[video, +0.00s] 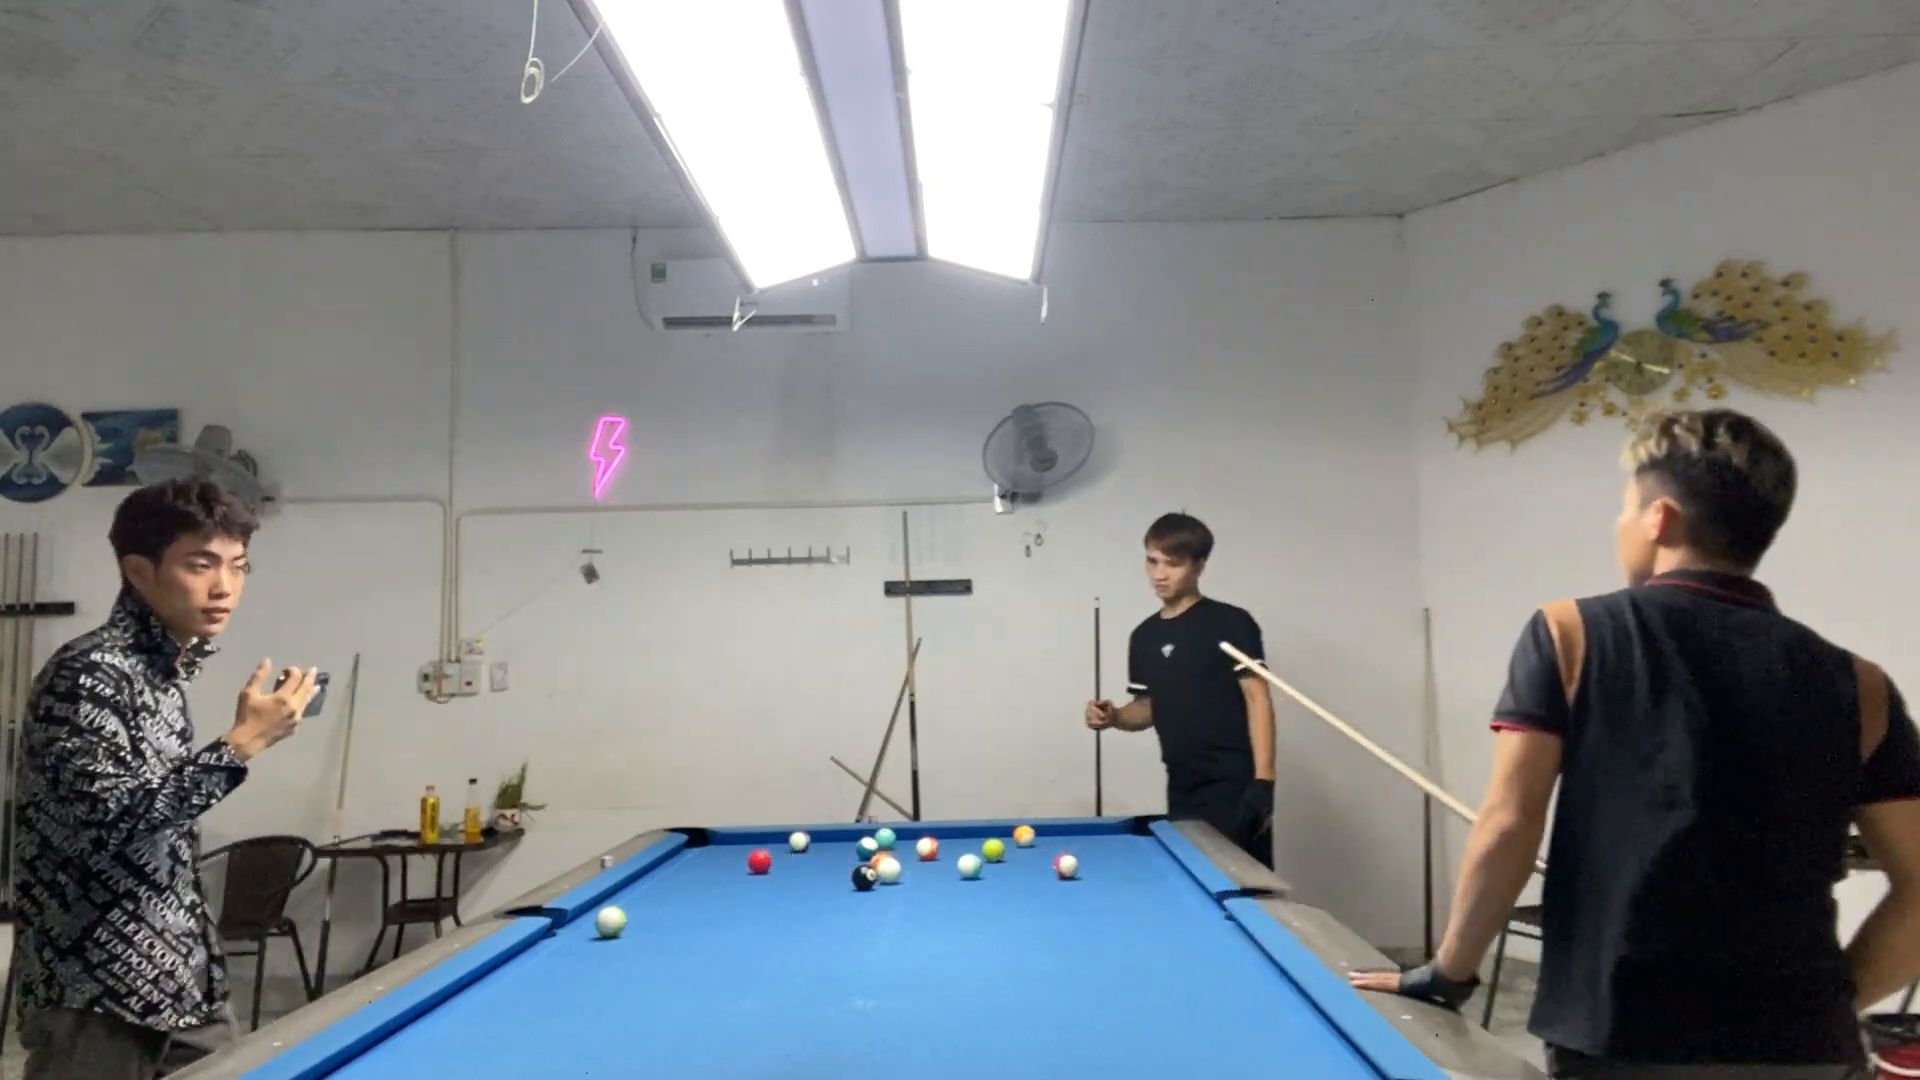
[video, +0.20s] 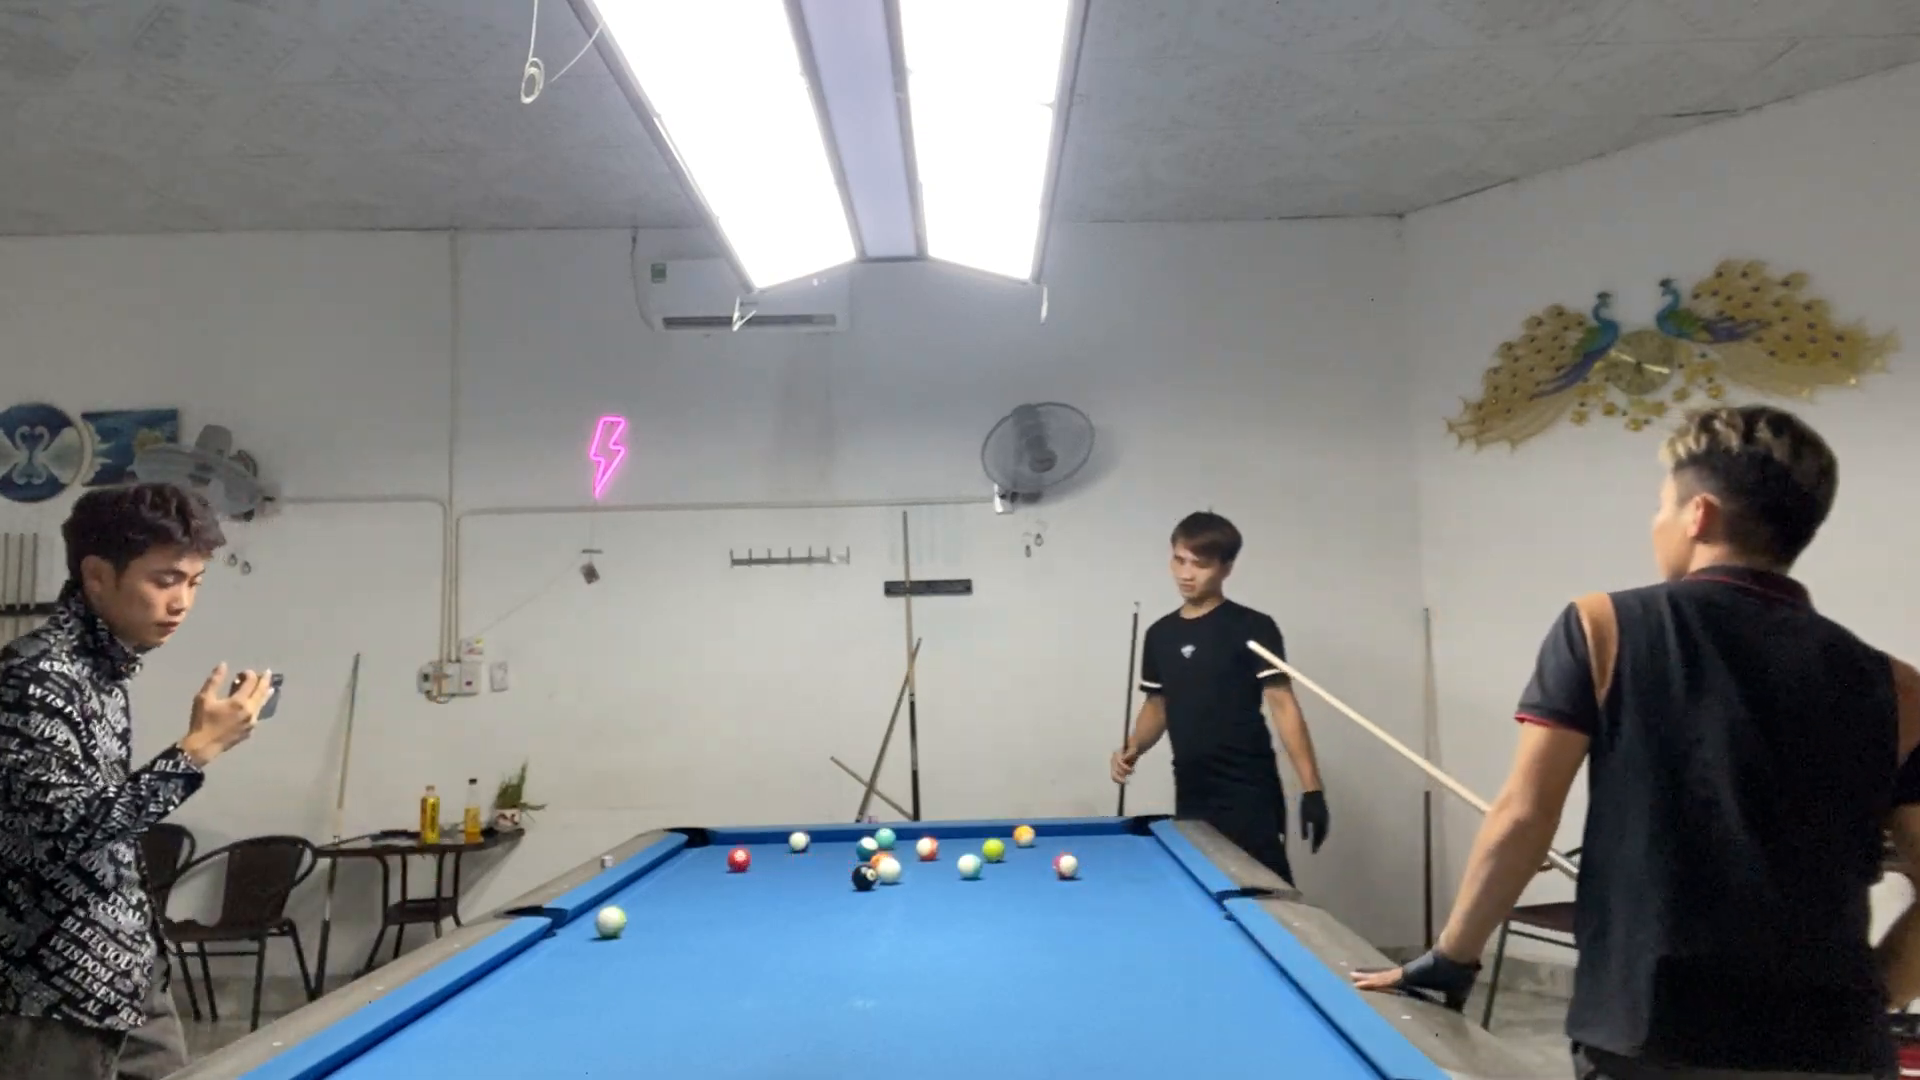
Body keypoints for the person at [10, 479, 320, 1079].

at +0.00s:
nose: (226, 587)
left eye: (237, 566)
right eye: (201, 564)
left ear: (246, 571)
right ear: (140, 572)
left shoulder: (163, 681)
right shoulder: (86, 676)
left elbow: (163, 857)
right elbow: (102, 826)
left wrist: (200, 981)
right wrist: (240, 744)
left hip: (177, 990)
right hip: (93, 1001)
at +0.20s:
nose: (183, 602)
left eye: (193, 583)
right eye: (165, 580)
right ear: (96, 575)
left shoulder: (101, 675)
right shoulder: (35, 681)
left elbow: (97, 840)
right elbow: (75, 838)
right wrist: (200, 747)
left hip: (132, 980)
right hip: (49, 999)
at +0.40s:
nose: (152, 603)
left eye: (160, 583)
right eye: (135, 582)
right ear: (68, 576)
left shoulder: (68, 660)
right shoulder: (15, 674)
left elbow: (64, 816)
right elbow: (50, 831)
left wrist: (101, 866)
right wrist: (174, 746)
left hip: (97, 968)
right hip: (33, 987)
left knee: (124, 1068)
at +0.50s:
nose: (142, 603)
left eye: (150, 582)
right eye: (126, 582)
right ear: (58, 577)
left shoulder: (57, 659)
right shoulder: (13, 675)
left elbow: (51, 788)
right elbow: (41, 829)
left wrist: (89, 840)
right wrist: (168, 745)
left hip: (80, 978)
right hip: (27, 997)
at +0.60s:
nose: (135, 601)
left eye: (141, 581)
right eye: (119, 581)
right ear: (50, 577)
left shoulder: (46, 659)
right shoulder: (9, 678)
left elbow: (45, 783)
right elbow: (44, 834)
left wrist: (91, 836)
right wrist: (165, 742)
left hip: (62, 977)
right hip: (25, 998)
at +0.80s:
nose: (117, 596)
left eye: (121, 575)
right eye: (101, 575)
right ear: (32, 573)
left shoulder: (28, 661)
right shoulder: (5, 677)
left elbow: (40, 783)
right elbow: (46, 827)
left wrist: (96, 831)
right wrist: (162, 732)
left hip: (44, 976)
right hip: (21, 991)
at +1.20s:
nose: (82, 583)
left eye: (83, 563)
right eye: (68, 561)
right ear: (8, 566)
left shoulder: (19, 663)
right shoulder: (6, 668)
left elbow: (61, 774)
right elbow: (32, 802)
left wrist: (20, 816)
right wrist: (153, 708)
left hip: (39, 957)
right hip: (16, 965)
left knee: (52, 1067)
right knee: (37, 1068)